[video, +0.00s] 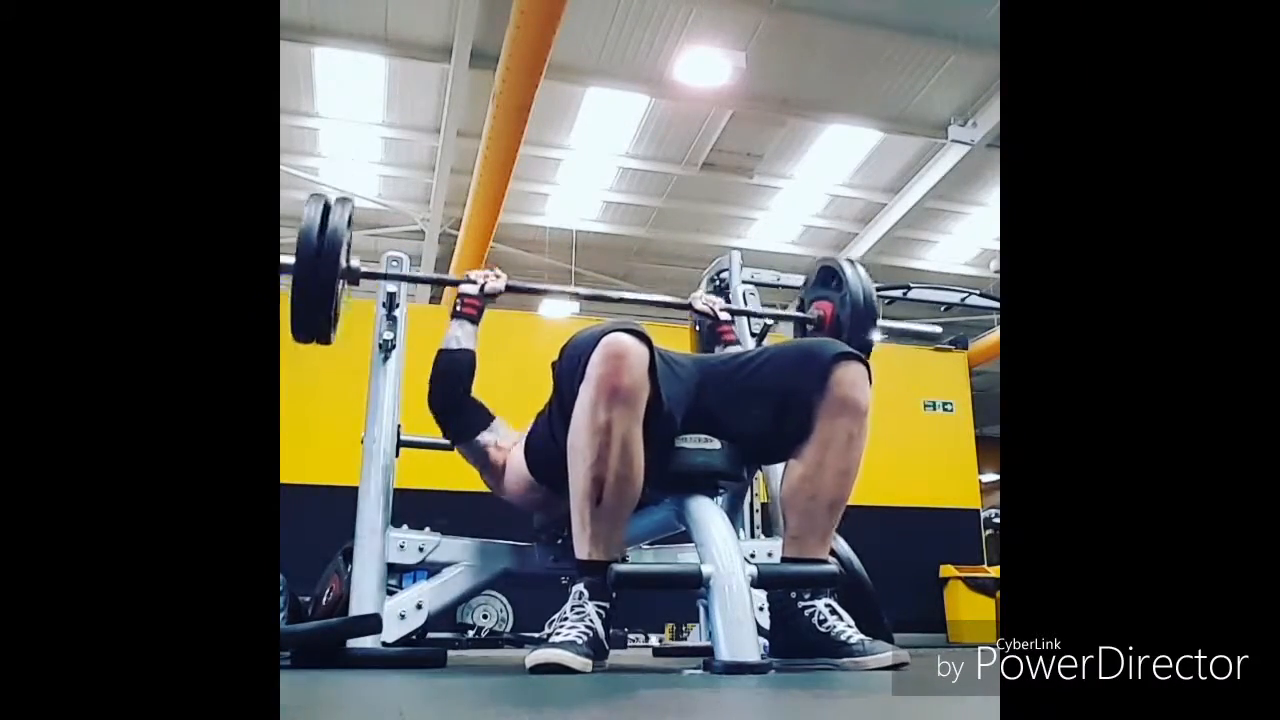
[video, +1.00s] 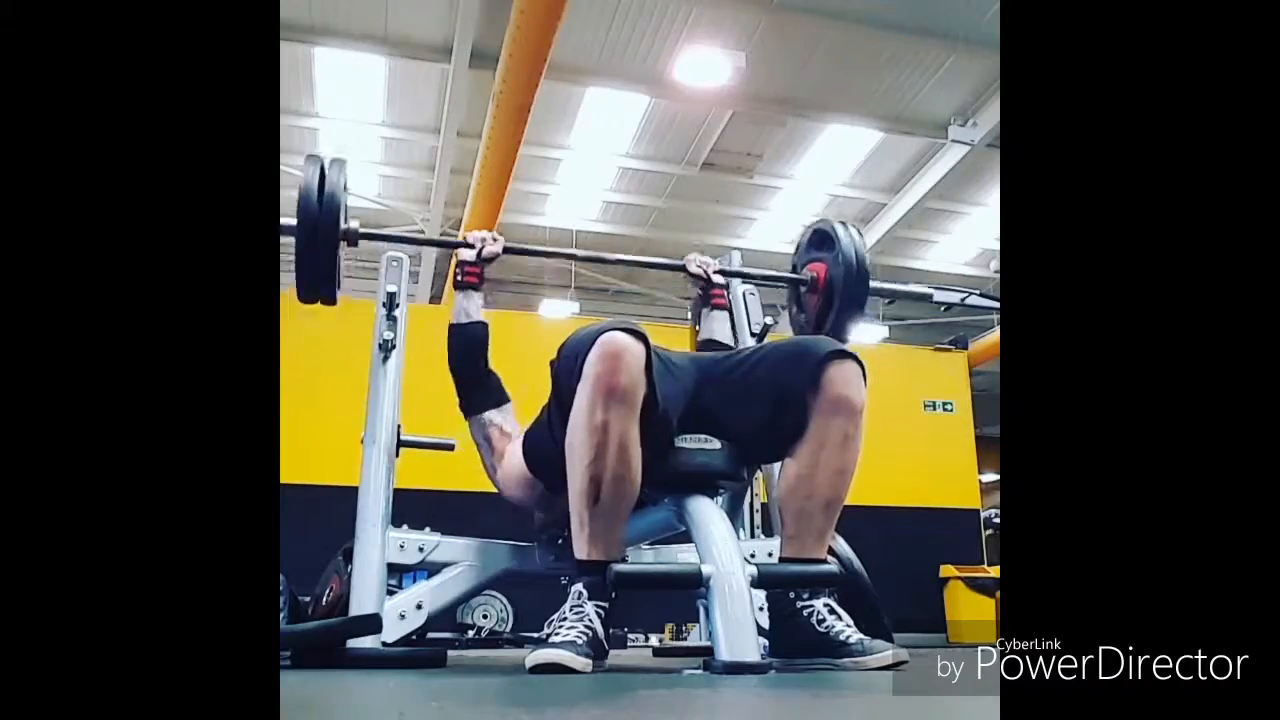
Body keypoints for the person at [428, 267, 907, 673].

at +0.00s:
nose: (497, 446)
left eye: (498, 444)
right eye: (491, 455)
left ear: (522, 440)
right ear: (496, 468)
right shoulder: (519, 469)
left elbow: (730, 402)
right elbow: (449, 399)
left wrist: (720, 334)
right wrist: (468, 309)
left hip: (694, 390)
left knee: (843, 377)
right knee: (618, 355)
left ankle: (800, 607)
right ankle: (585, 606)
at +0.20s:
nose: (494, 495)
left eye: (488, 483)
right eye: (492, 494)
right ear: (501, 499)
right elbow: (445, 483)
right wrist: (466, 393)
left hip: (712, 377)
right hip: (639, 363)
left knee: (849, 376)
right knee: (620, 357)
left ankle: (801, 605)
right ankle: (587, 605)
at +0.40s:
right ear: (511, 508)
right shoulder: (525, 485)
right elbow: (452, 505)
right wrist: (467, 408)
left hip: (695, 375)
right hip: (620, 357)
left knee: (849, 376)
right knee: (621, 357)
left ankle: (801, 606)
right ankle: (588, 605)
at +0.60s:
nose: (490, 456)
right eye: (491, 472)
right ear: (503, 481)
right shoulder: (526, 462)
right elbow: (442, 445)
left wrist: (716, 356)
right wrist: (466, 356)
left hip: (704, 379)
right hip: (631, 362)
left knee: (844, 374)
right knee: (617, 354)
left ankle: (800, 608)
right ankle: (588, 604)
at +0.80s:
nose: (499, 454)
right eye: (497, 459)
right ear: (506, 476)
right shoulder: (520, 473)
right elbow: (450, 409)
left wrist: (724, 338)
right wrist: (464, 315)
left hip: (710, 391)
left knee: (840, 376)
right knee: (620, 354)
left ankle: (800, 610)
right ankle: (585, 608)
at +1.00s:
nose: (499, 435)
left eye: (501, 434)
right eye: (494, 437)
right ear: (503, 459)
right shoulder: (526, 468)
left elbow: (724, 375)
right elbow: (473, 375)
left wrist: (711, 300)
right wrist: (468, 279)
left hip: (703, 383)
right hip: (626, 363)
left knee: (837, 373)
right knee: (614, 351)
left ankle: (798, 607)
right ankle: (585, 606)